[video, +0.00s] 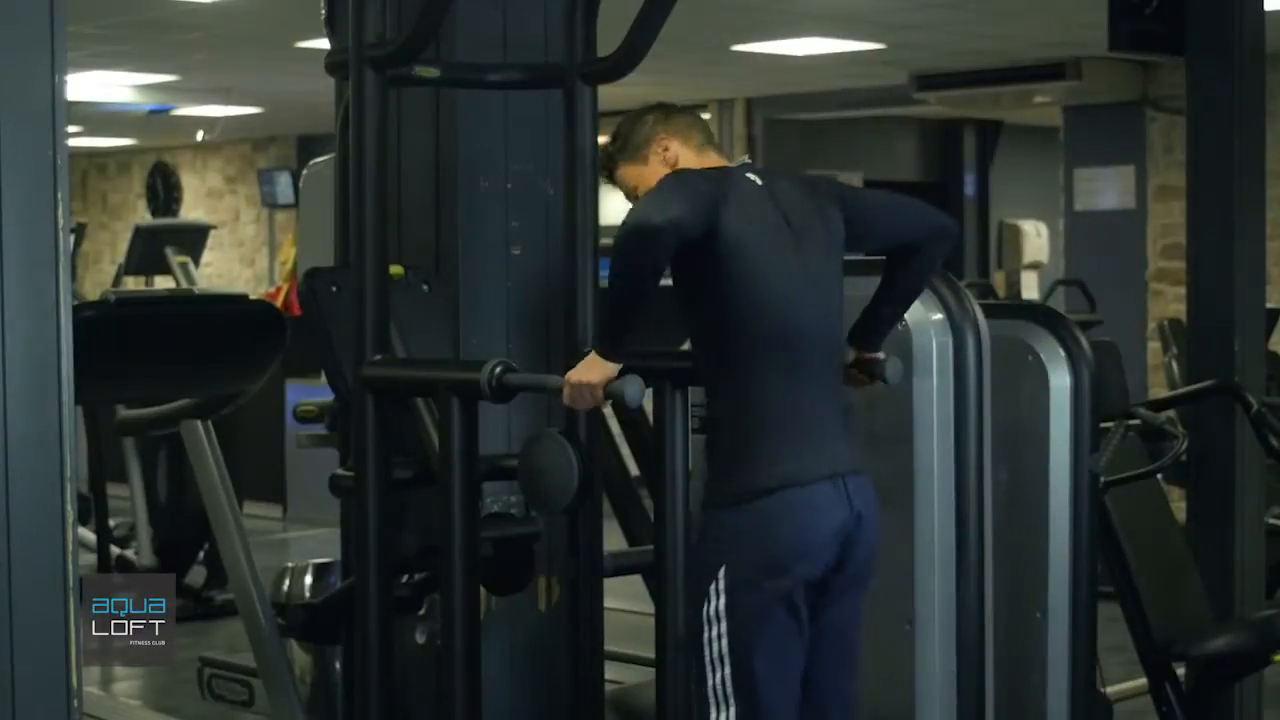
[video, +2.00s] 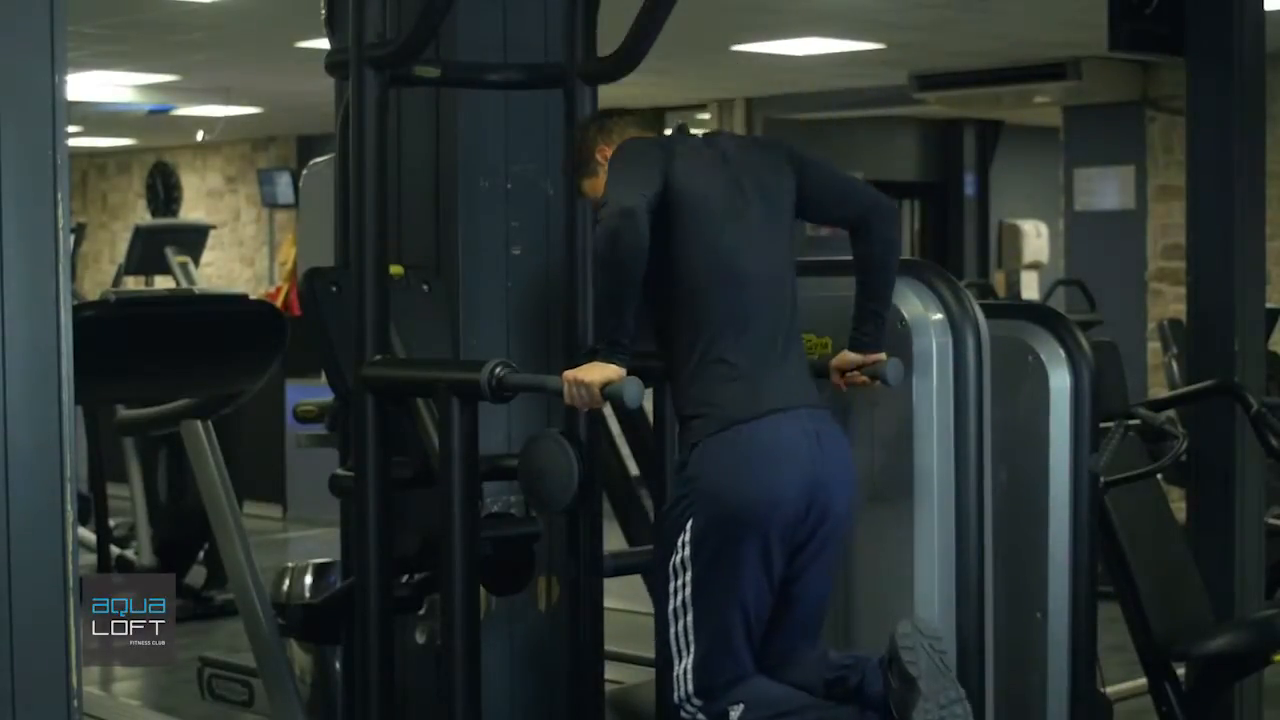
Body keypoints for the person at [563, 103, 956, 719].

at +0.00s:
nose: (642, 208)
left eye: (637, 192)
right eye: (634, 196)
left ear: (666, 153)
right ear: (711, 149)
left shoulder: (692, 190)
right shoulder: (813, 194)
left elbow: (651, 224)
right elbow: (933, 231)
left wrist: (606, 350)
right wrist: (866, 343)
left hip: (762, 501)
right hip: (845, 490)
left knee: (746, 705)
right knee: (829, 702)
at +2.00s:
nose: (601, 203)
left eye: (593, 189)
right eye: (593, 194)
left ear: (607, 156)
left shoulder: (639, 157)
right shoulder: (765, 157)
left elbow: (623, 221)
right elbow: (877, 213)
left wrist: (608, 351)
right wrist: (868, 342)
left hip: (734, 452)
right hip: (818, 438)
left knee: (707, 694)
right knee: (785, 664)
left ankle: (874, 706)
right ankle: (886, 682)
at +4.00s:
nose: (600, 202)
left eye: (593, 190)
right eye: (592, 196)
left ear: (606, 152)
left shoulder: (636, 155)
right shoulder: (760, 156)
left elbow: (618, 219)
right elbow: (873, 212)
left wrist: (609, 353)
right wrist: (868, 340)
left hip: (722, 451)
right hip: (811, 436)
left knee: (714, 694)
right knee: (787, 667)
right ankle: (883, 693)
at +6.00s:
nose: (611, 148)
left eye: (604, 132)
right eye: (603, 139)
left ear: (617, 98)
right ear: (677, 79)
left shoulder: (647, 115)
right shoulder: (776, 117)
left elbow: (630, 210)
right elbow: (871, 207)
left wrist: (614, 350)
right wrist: (869, 339)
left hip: (720, 411)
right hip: (808, 398)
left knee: (704, 664)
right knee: (780, 635)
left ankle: (880, 705)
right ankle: (881, 654)